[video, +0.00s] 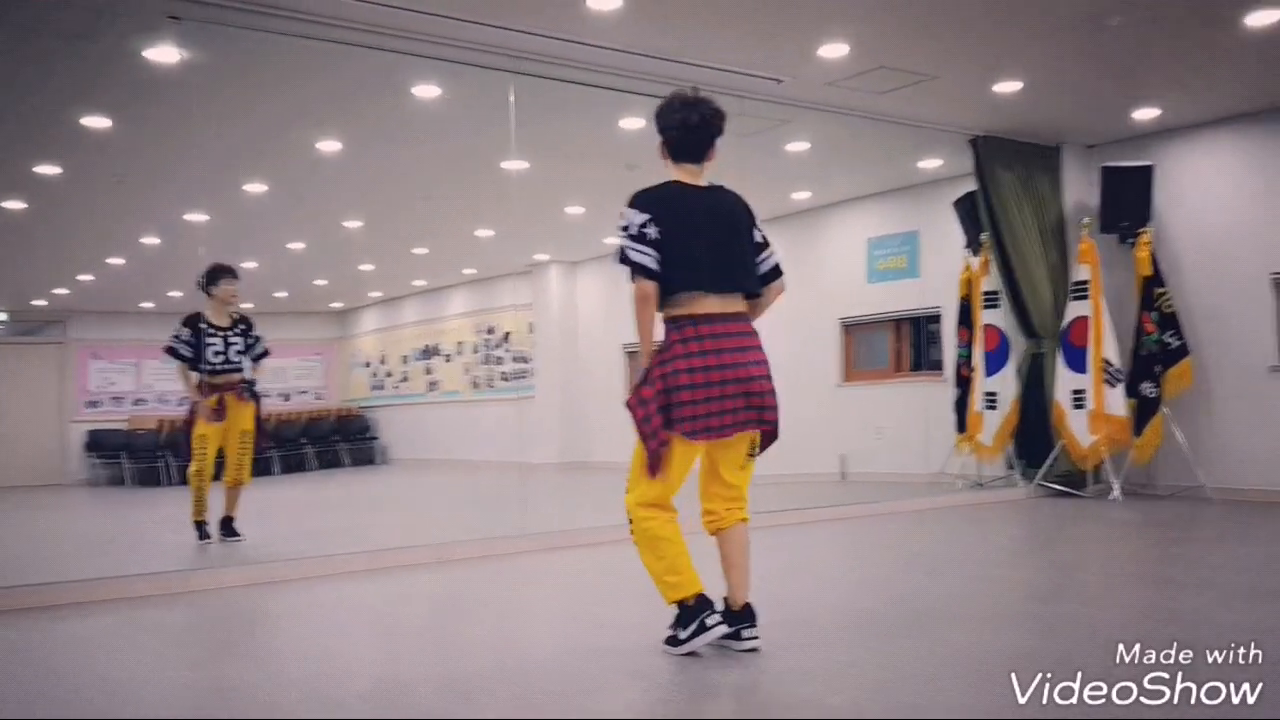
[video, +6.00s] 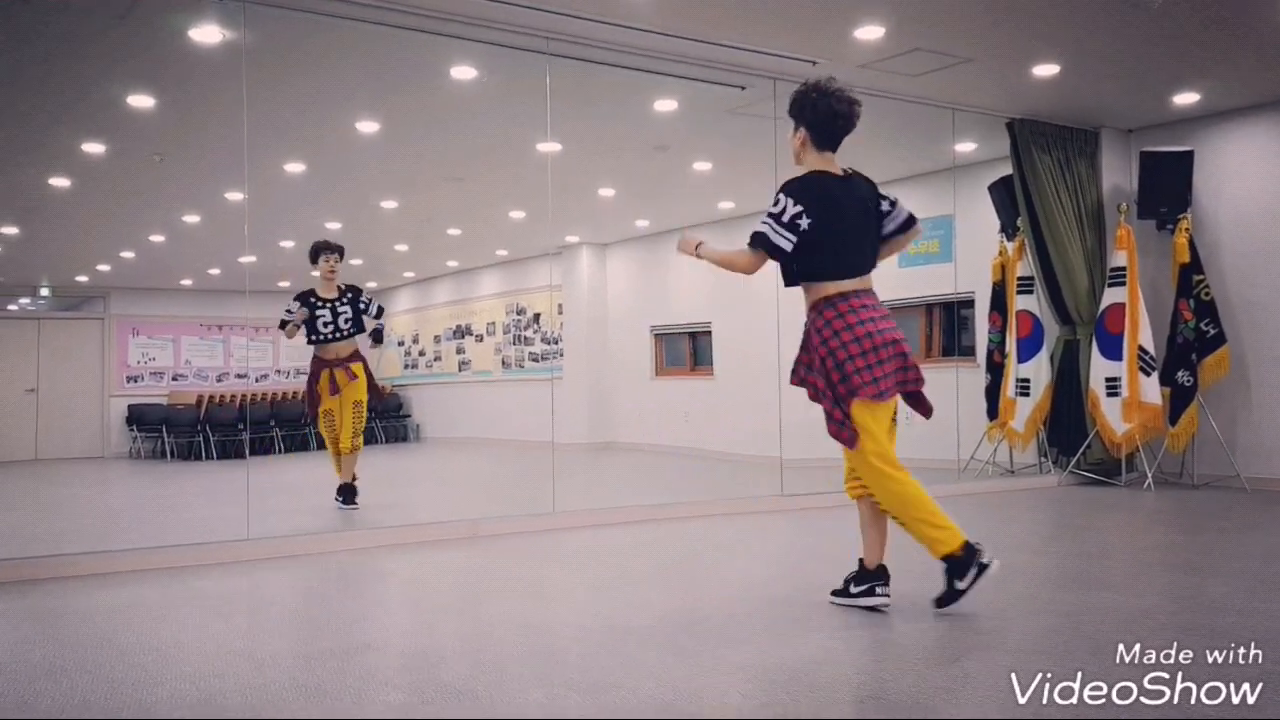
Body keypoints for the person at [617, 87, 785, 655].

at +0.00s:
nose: (710, 149)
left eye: (673, 139)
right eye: (714, 142)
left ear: (663, 145)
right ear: (715, 147)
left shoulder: (648, 205)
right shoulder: (735, 206)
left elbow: (645, 293)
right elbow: (773, 284)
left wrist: (646, 360)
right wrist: (733, 325)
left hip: (686, 354)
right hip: (743, 352)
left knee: (647, 498)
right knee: (728, 495)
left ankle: (690, 604)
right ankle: (741, 613)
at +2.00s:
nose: (701, 115)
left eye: (704, 106)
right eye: (706, 106)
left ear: (712, 114)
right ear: (754, 119)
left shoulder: (711, 172)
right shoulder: (770, 177)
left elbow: (703, 258)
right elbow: (787, 262)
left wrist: (675, 291)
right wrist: (757, 310)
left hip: (723, 322)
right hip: (771, 327)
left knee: (691, 460)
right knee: (741, 466)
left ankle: (729, 578)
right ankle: (771, 577)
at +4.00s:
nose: (741, 121)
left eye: (688, 116)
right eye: (741, 114)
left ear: (684, 120)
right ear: (740, 119)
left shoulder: (665, 176)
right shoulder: (765, 181)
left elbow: (643, 262)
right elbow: (784, 265)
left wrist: (634, 331)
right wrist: (750, 318)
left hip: (680, 325)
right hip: (746, 327)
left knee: (690, 470)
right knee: (755, 454)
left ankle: (717, 595)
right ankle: (762, 575)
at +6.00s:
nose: (790, 138)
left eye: (792, 130)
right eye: (792, 130)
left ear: (801, 135)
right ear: (840, 135)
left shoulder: (797, 192)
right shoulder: (863, 188)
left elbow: (750, 261)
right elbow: (906, 227)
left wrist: (704, 251)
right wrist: (864, 262)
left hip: (838, 327)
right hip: (871, 321)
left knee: (875, 464)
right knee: (864, 464)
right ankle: (872, 573)